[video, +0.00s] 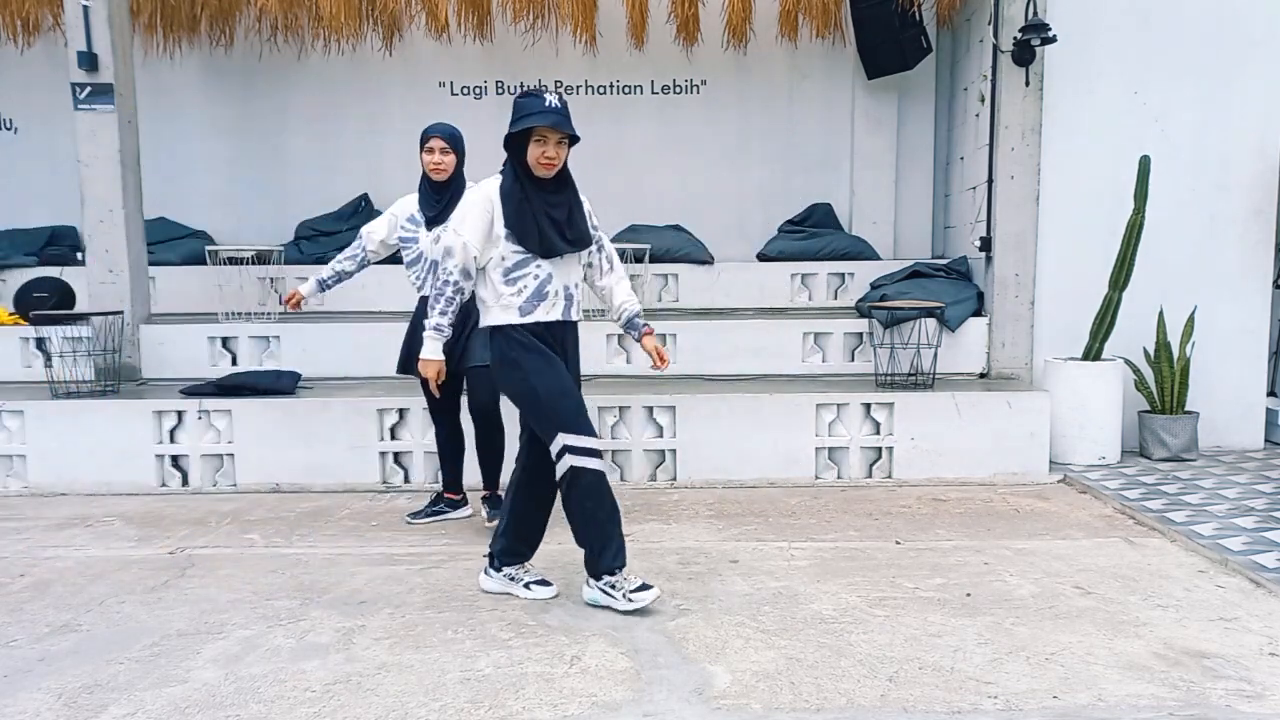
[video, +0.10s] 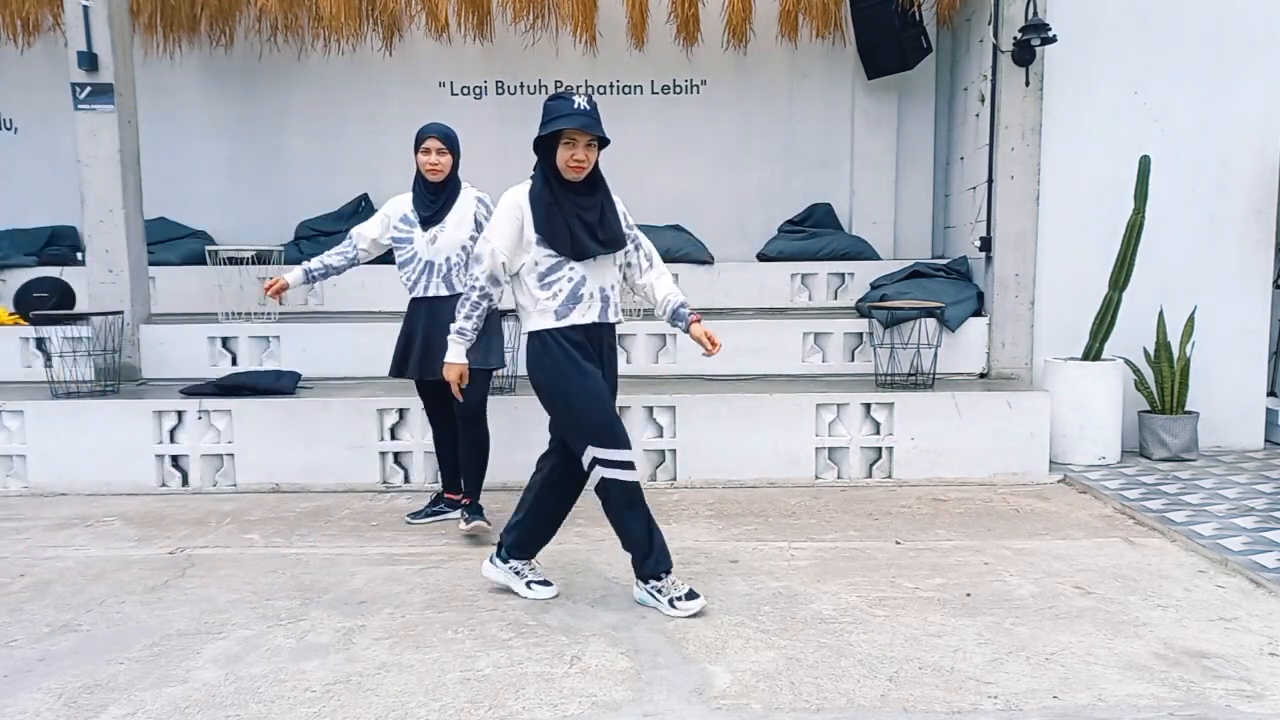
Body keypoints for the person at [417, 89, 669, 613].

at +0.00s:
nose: (550, 152)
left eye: (559, 142)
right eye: (539, 141)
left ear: (569, 146)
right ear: (519, 144)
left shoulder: (571, 200)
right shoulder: (486, 198)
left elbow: (604, 265)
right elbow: (451, 275)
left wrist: (638, 326)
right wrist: (432, 344)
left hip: (563, 338)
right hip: (515, 339)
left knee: (541, 455)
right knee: (575, 438)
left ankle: (503, 564)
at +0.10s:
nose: (578, 155)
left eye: (588, 145)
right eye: (568, 144)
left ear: (599, 149)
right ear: (548, 147)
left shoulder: (606, 203)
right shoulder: (520, 203)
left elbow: (644, 266)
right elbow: (482, 282)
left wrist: (686, 317)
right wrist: (458, 347)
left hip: (602, 344)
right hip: (553, 346)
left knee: (570, 457)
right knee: (609, 446)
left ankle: (509, 556)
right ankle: (654, 576)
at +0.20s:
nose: (605, 153)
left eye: (615, 143)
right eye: (595, 142)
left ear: (627, 148)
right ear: (575, 145)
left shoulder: (638, 201)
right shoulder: (551, 205)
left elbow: (676, 267)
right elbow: (515, 285)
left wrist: (715, 316)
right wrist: (491, 355)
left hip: (640, 343)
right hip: (592, 347)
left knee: (630, 457)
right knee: (639, 451)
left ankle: (546, 533)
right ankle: (658, 581)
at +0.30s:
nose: (630, 147)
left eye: (640, 137)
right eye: (619, 137)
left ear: (653, 142)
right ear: (601, 140)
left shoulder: (667, 196)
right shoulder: (578, 201)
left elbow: (701, 266)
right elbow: (554, 283)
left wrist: (727, 322)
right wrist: (536, 356)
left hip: (667, 340)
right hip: (615, 345)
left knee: (696, 451)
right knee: (651, 458)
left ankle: (614, 523)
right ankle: (659, 579)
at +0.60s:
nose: (676, 144)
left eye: (688, 134)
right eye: (668, 134)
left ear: (713, 134)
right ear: (660, 135)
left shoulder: (751, 192)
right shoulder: (652, 194)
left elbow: (768, 271)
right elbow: (643, 276)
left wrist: (749, 339)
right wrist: (672, 334)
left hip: (735, 340)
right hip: (670, 340)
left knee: (765, 455)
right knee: (667, 460)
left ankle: (798, 559)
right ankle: (660, 577)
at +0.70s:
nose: (692, 148)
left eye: (702, 138)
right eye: (687, 137)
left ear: (732, 137)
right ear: (682, 138)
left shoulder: (777, 192)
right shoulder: (678, 195)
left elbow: (796, 275)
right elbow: (666, 278)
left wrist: (771, 340)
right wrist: (696, 336)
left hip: (758, 343)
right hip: (694, 342)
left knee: (775, 459)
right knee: (683, 461)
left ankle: (797, 561)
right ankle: (662, 576)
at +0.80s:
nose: (710, 148)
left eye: (719, 137)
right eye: (705, 138)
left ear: (750, 136)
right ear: (702, 138)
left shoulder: (796, 193)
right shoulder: (699, 194)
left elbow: (818, 273)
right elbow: (685, 277)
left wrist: (789, 341)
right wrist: (713, 338)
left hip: (776, 342)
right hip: (712, 341)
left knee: (783, 460)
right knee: (697, 458)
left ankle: (797, 563)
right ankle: (678, 571)